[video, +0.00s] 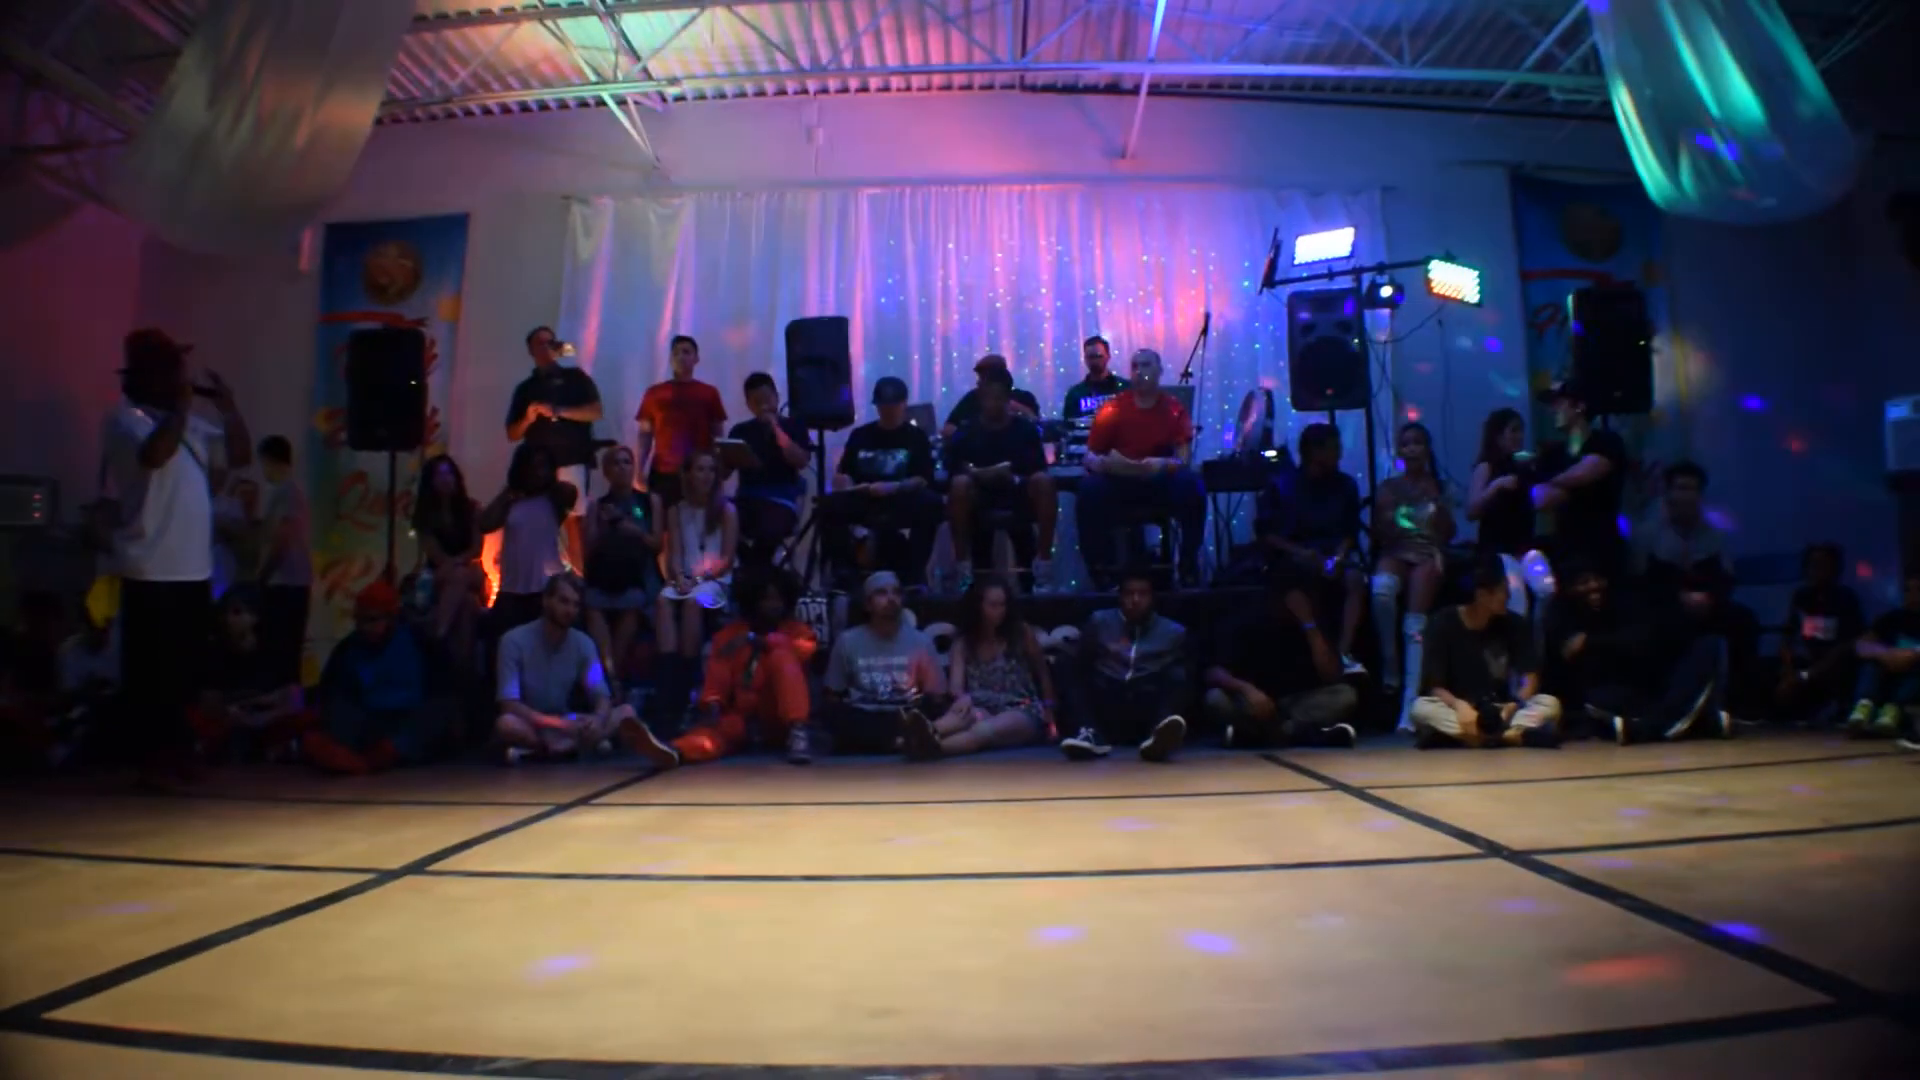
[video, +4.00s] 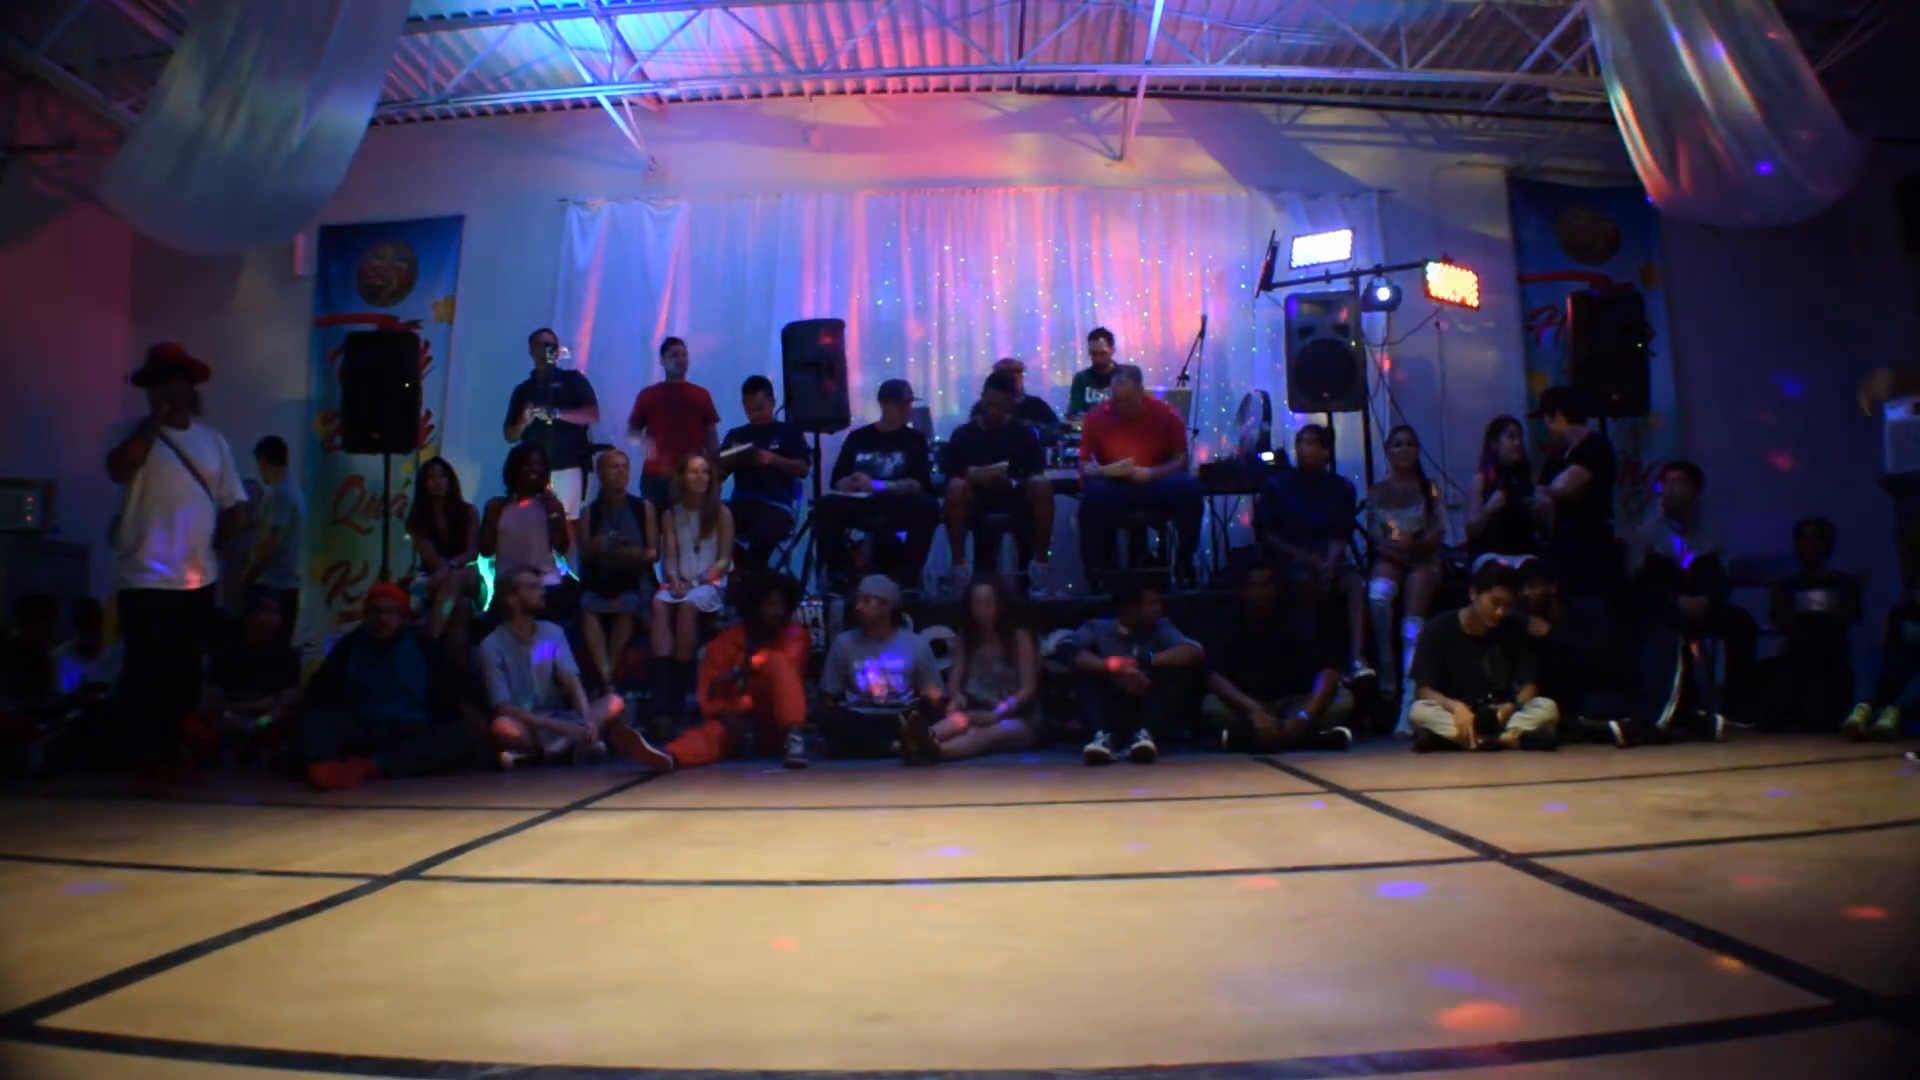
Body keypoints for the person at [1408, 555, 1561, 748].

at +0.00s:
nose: (1506, 597)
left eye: (1506, 591)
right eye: (1500, 591)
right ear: (1481, 595)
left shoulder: (1513, 624)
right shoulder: (1443, 624)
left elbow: (1531, 677)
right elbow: (1434, 686)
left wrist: (1514, 705)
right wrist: (1460, 706)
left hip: (1502, 702)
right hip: (1460, 704)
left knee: (1550, 704)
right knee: (1421, 708)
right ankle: (1508, 736)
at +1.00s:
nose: (1518, 603)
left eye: (1520, 596)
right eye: (1514, 595)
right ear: (1491, 596)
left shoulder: (1521, 629)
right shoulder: (1450, 625)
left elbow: (1532, 684)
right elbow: (1425, 684)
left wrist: (1511, 707)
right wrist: (1459, 710)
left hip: (1504, 706)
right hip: (1459, 707)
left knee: (1548, 707)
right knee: (1420, 710)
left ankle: (1462, 742)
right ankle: (1509, 739)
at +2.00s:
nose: (1472, 595)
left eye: (1480, 588)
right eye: (1465, 587)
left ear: (1489, 594)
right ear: (1451, 591)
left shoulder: (1505, 631)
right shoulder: (1432, 630)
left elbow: (1528, 687)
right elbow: (1422, 689)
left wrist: (1508, 708)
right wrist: (1457, 707)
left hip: (1499, 707)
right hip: (1455, 709)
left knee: (1547, 707)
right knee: (1418, 712)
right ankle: (1507, 740)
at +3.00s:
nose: (1492, 605)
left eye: (1495, 597)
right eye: (1485, 596)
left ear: (1500, 596)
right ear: (1463, 594)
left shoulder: (1505, 627)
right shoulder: (1434, 628)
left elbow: (1528, 686)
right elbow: (1423, 690)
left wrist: (1511, 706)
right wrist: (1457, 707)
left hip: (1499, 707)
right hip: (1456, 710)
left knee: (1547, 707)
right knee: (1419, 712)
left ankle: (1470, 743)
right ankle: (1508, 740)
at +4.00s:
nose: (1500, 612)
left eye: (1506, 606)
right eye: (1495, 603)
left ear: (1512, 606)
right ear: (1474, 595)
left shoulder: (1512, 630)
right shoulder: (1439, 629)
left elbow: (1530, 686)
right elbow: (1424, 690)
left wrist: (1509, 708)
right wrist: (1457, 707)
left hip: (1501, 707)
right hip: (1459, 711)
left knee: (1547, 707)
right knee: (1419, 711)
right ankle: (1505, 741)